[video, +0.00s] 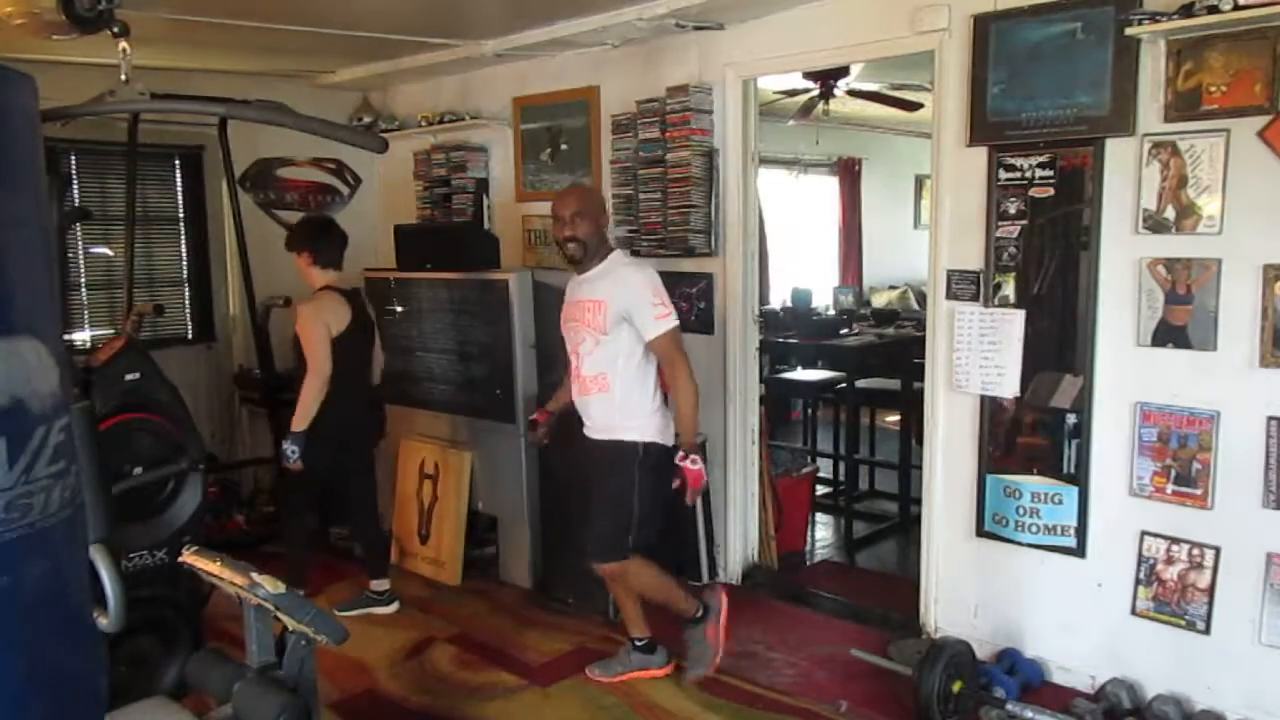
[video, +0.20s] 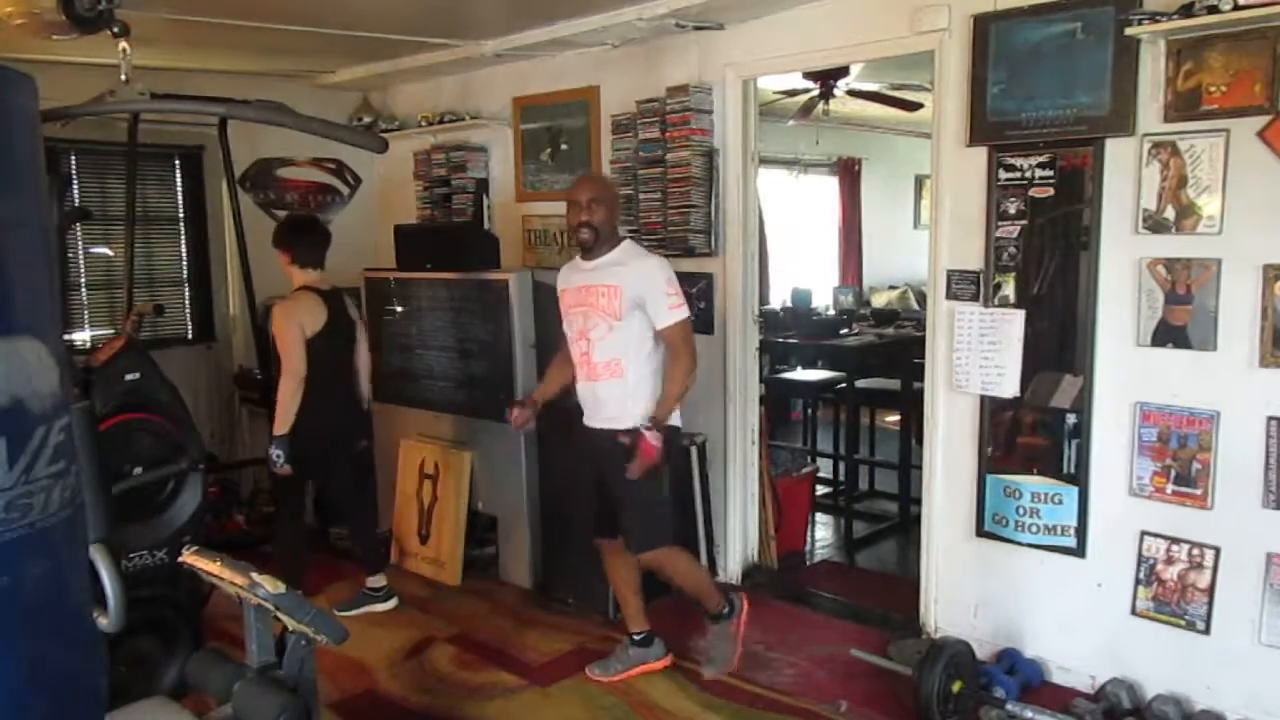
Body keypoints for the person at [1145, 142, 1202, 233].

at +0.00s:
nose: (1158, 158)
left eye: (1159, 154)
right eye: (1155, 156)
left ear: (1168, 149)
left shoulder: (1175, 161)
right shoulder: (1164, 164)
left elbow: (1170, 188)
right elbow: (1162, 188)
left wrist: (1160, 213)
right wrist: (1157, 212)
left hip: (1190, 211)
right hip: (1180, 212)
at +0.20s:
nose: (1158, 158)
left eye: (1159, 153)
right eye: (1155, 156)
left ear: (1168, 149)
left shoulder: (1175, 161)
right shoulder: (1164, 164)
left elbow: (1170, 188)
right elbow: (1161, 188)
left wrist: (1160, 214)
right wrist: (1157, 212)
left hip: (1190, 211)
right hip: (1180, 212)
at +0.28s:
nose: (1157, 158)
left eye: (1159, 154)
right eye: (1155, 156)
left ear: (1168, 150)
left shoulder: (1175, 161)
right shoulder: (1164, 165)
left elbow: (1170, 188)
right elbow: (1161, 188)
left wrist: (1160, 214)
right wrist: (1157, 212)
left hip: (1190, 211)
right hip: (1180, 212)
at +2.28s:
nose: (1157, 158)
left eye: (1159, 153)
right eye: (1155, 156)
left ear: (1168, 150)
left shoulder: (1175, 161)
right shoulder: (1164, 166)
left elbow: (1170, 188)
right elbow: (1161, 188)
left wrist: (1160, 213)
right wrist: (1157, 212)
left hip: (1190, 211)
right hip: (1180, 211)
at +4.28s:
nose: (1158, 158)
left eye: (1159, 153)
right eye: (1155, 156)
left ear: (1169, 150)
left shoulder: (1175, 161)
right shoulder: (1164, 166)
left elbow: (1170, 187)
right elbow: (1162, 188)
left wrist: (1160, 213)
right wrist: (1157, 212)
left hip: (1190, 211)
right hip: (1180, 212)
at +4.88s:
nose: (1157, 158)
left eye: (1159, 153)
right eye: (1155, 155)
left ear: (1168, 150)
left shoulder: (1175, 161)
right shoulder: (1164, 166)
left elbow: (1170, 187)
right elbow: (1161, 188)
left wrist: (1160, 212)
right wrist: (1157, 212)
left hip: (1190, 211)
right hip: (1180, 212)